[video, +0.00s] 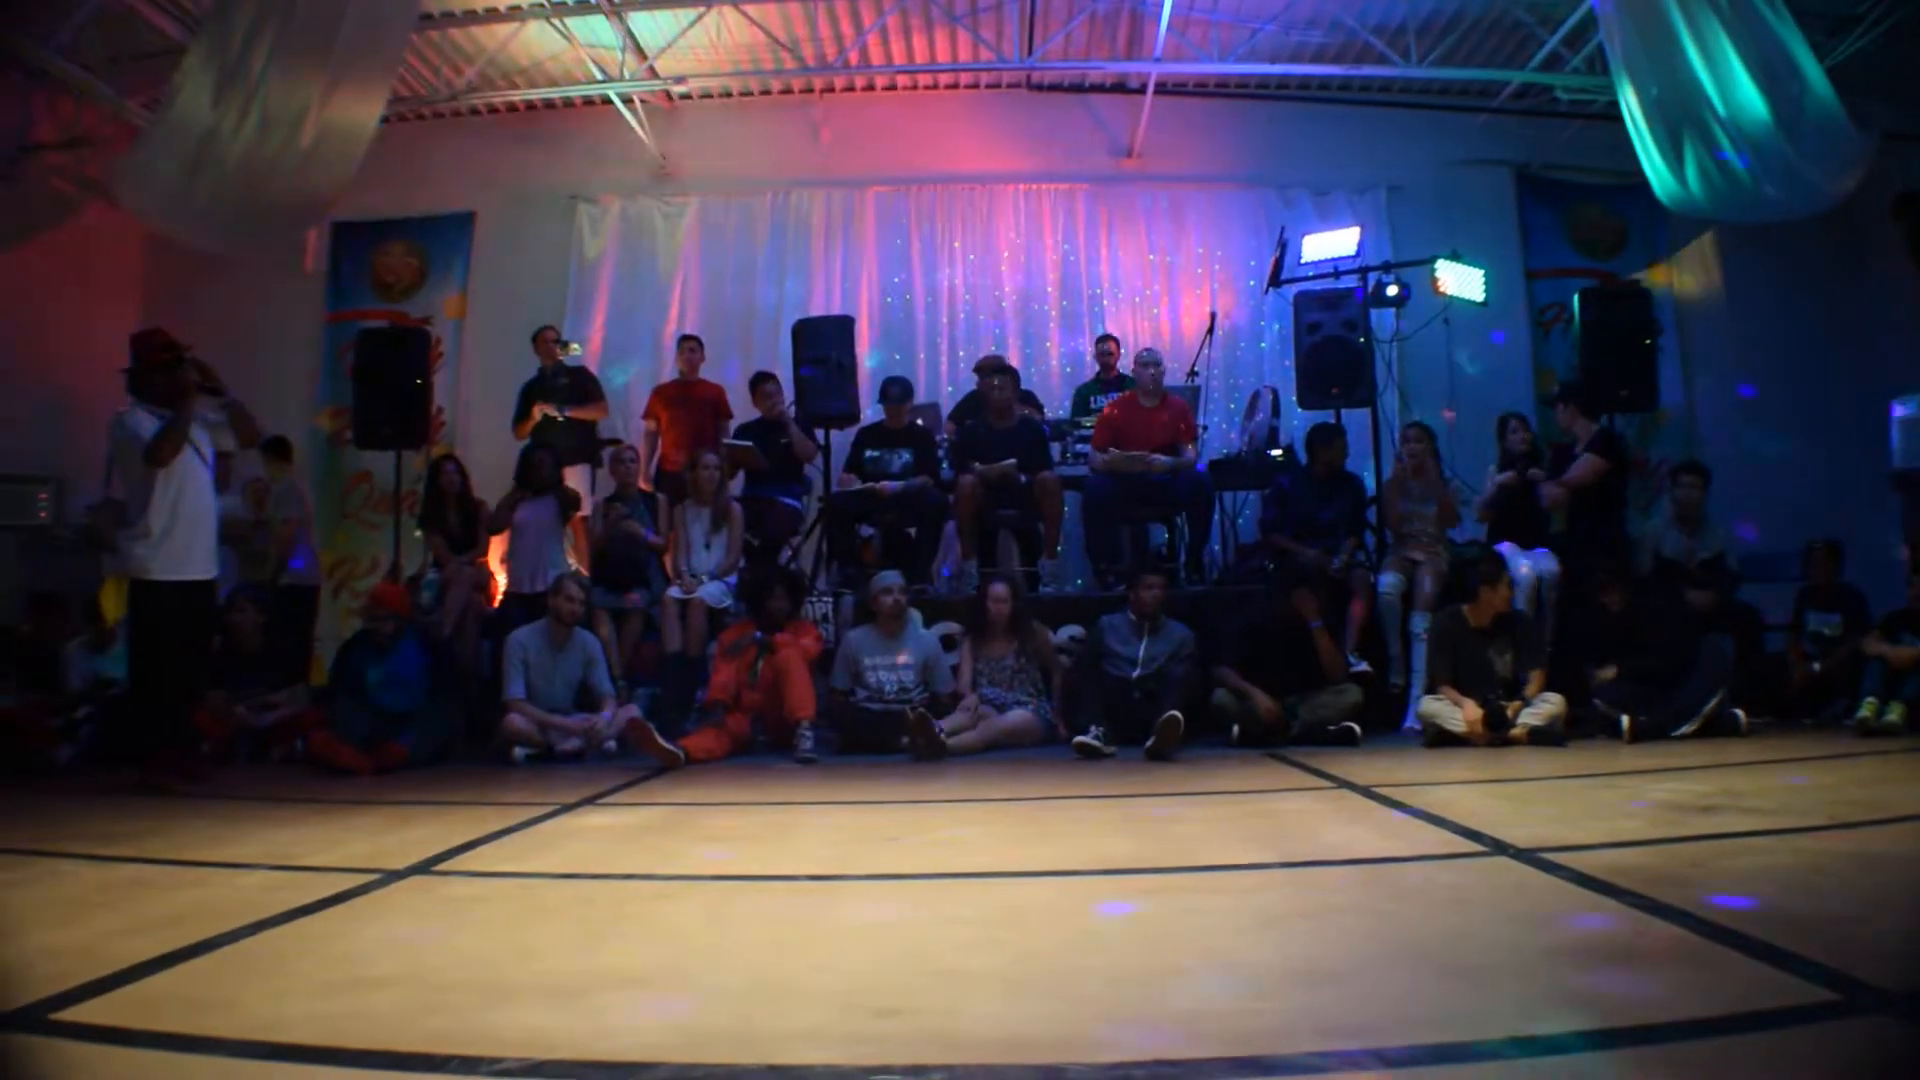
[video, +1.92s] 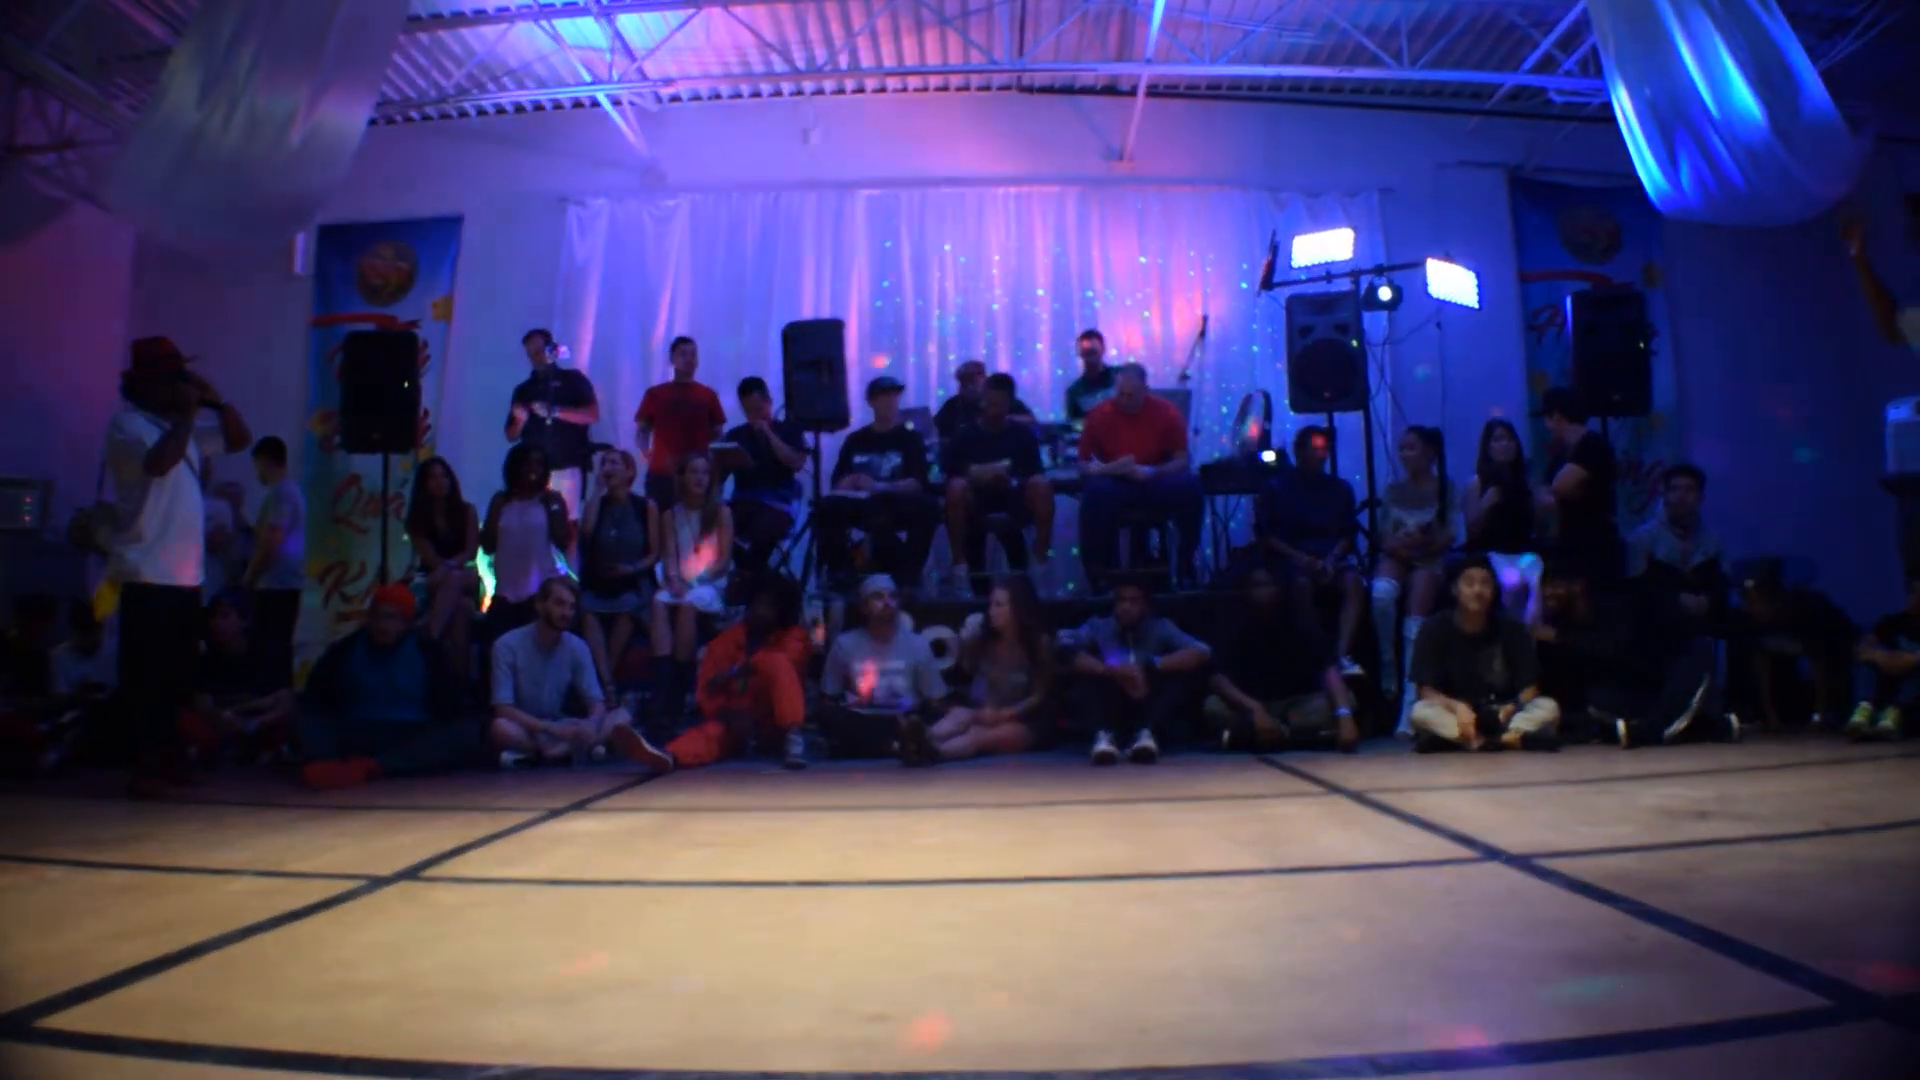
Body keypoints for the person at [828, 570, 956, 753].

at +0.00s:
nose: (896, 599)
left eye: (901, 592)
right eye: (887, 593)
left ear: (907, 598)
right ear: (874, 601)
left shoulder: (926, 641)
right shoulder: (854, 640)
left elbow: (943, 696)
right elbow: (838, 694)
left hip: (913, 711)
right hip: (869, 711)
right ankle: (903, 740)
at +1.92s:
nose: (887, 603)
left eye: (891, 597)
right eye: (878, 598)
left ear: (898, 602)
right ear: (865, 606)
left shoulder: (916, 644)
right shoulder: (845, 645)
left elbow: (936, 701)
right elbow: (829, 699)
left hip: (908, 717)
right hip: (863, 717)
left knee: (964, 714)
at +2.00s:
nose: (886, 603)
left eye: (891, 596)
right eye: (878, 598)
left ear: (897, 601)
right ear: (864, 605)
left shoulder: (916, 645)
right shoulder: (845, 645)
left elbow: (937, 702)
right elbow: (829, 701)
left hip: (908, 721)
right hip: (862, 722)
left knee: (964, 714)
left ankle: (925, 747)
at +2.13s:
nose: (887, 603)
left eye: (892, 597)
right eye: (879, 597)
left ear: (898, 602)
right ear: (865, 606)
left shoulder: (916, 645)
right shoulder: (845, 645)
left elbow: (937, 702)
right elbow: (828, 698)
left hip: (906, 716)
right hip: (860, 717)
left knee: (964, 713)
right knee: (829, 716)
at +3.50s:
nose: (863, 606)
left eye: (870, 599)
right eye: (862, 599)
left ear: (891, 605)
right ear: (858, 602)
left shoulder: (916, 645)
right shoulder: (845, 644)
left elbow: (934, 699)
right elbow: (830, 692)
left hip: (903, 715)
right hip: (859, 716)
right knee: (828, 717)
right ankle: (893, 746)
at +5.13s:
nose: (855, 611)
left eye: (862, 604)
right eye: (855, 604)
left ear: (882, 609)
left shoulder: (914, 645)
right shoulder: (844, 644)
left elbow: (934, 699)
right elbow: (831, 696)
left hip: (904, 717)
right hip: (860, 717)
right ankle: (893, 746)